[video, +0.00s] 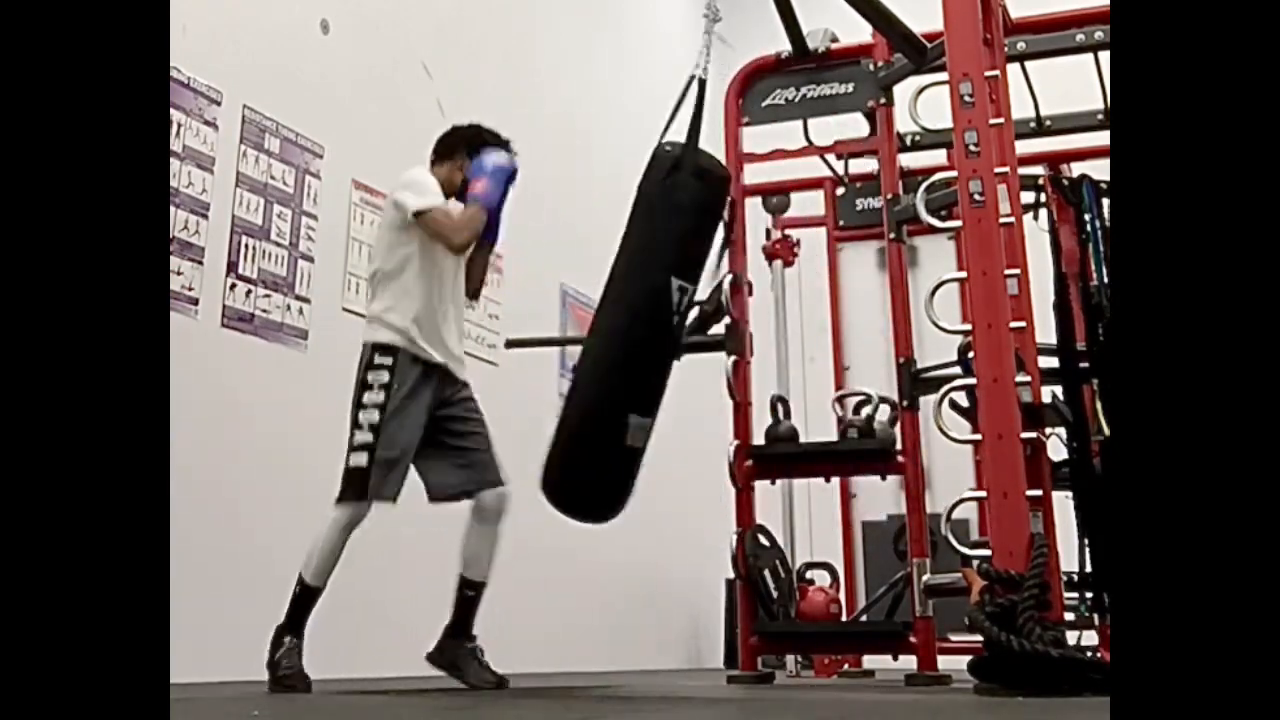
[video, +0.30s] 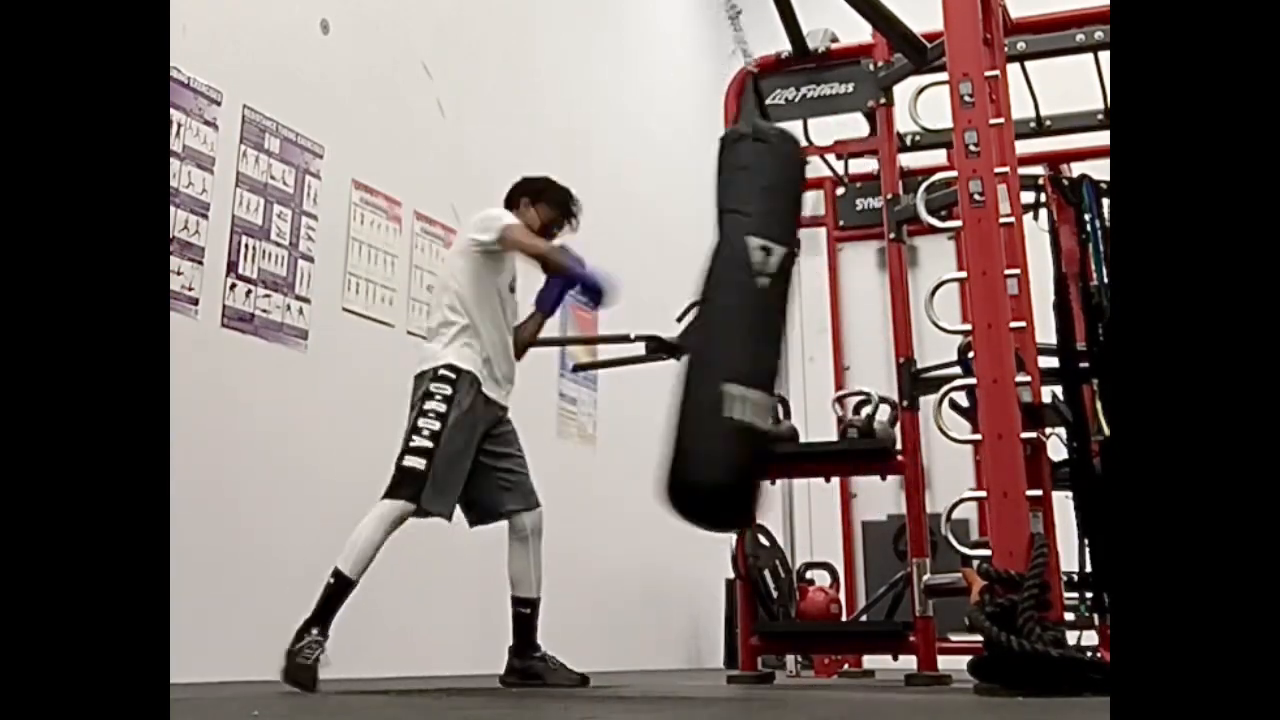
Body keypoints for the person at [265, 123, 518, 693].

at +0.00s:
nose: (478, 185)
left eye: (482, 179)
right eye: (477, 173)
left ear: (461, 173)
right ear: (453, 162)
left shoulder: (455, 215)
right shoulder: (414, 182)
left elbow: (471, 289)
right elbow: (455, 234)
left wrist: (491, 214)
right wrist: (485, 193)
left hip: (445, 370)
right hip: (394, 356)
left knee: (492, 499)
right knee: (356, 503)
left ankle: (457, 640)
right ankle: (288, 640)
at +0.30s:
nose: (551, 236)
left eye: (557, 230)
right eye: (549, 225)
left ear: (537, 225)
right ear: (523, 205)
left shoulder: (503, 278)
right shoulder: (490, 222)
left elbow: (514, 348)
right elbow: (547, 253)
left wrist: (550, 295)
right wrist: (585, 275)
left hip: (491, 402)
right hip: (453, 377)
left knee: (526, 519)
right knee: (398, 505)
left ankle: (525, 655)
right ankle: (313, 633)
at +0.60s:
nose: (496, 235)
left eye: (505, 231)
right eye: (493, 224)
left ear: (512, 230)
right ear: (473, 210)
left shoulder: (499, 265)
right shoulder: (430, 238)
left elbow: (523, 328)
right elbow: (422, 304)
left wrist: (536, 268)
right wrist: (478, 256)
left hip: (481, 407)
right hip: (426, 395)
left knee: (522, 528)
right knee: (392, 521)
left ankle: (526, 649)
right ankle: (329, 646)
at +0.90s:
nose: (532, 254)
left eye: (538, 247)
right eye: (529, 243)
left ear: (518, 244)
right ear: (504, 228)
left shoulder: (503, 291)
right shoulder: (466, 246)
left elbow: (526, 356)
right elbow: (457, 269)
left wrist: (565, 312)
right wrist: (533, 257)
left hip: (480, 425)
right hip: (432, 416)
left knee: (539, 523)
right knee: (387, 542)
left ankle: (522, 655)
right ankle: (326, 655)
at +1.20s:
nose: (503, 205)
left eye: (508, 198)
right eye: (499, 193)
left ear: (490, 201)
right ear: (471, 184)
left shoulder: (479, 246)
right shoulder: (436, 206)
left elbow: (513, 307)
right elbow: (461, 263)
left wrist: (524, 245)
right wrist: (494, 223)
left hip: (464, 388)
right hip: (424, 376)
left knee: (496, 514)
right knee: (403, 512)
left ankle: (502, 647)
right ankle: (333, 651)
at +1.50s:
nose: (502, 172)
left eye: (508, 166)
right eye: (503, 160)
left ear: (483, 156)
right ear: (480, 146)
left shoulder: (466, 212)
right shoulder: (435, 162)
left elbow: (477, 289)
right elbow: (461, 214)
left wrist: (507, 225)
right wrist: (503, 180)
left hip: (457, 352)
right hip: (414, 335)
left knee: (517, 482)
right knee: (399, 480)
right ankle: (320, 642)